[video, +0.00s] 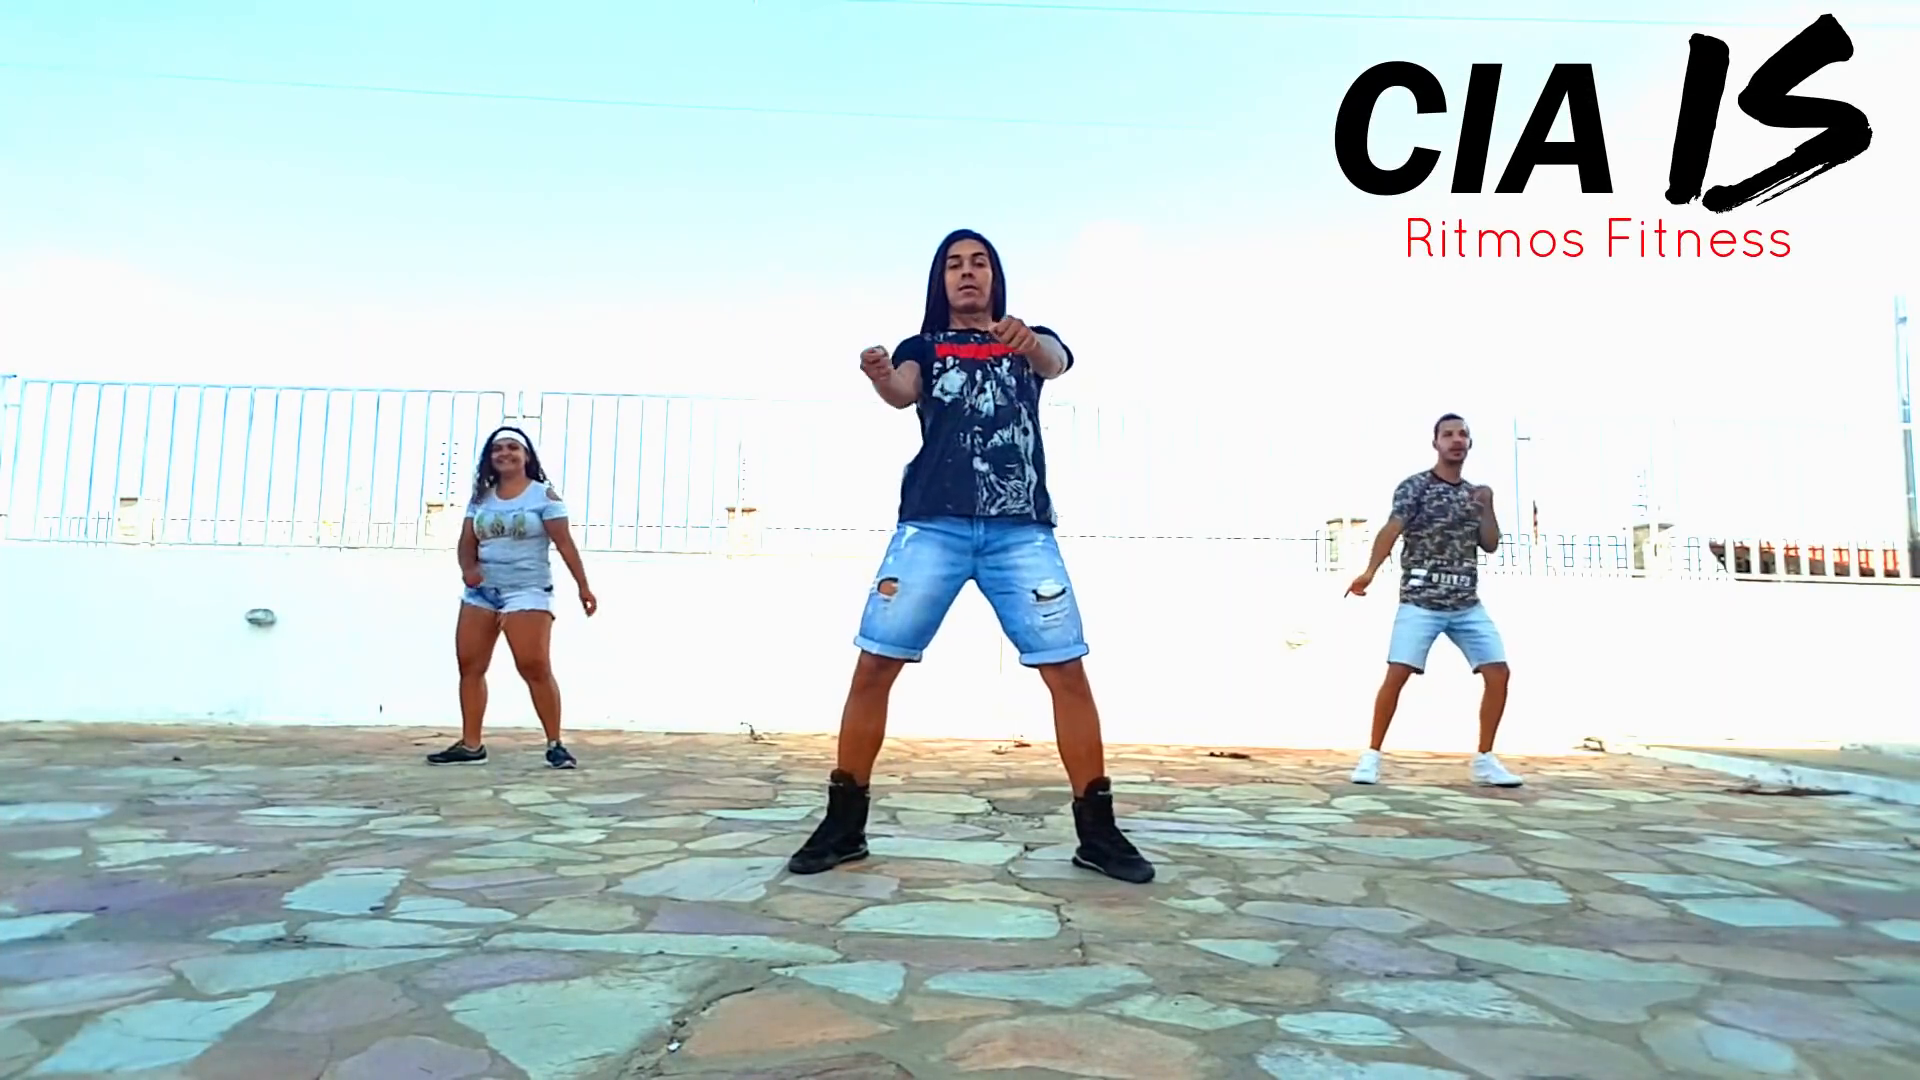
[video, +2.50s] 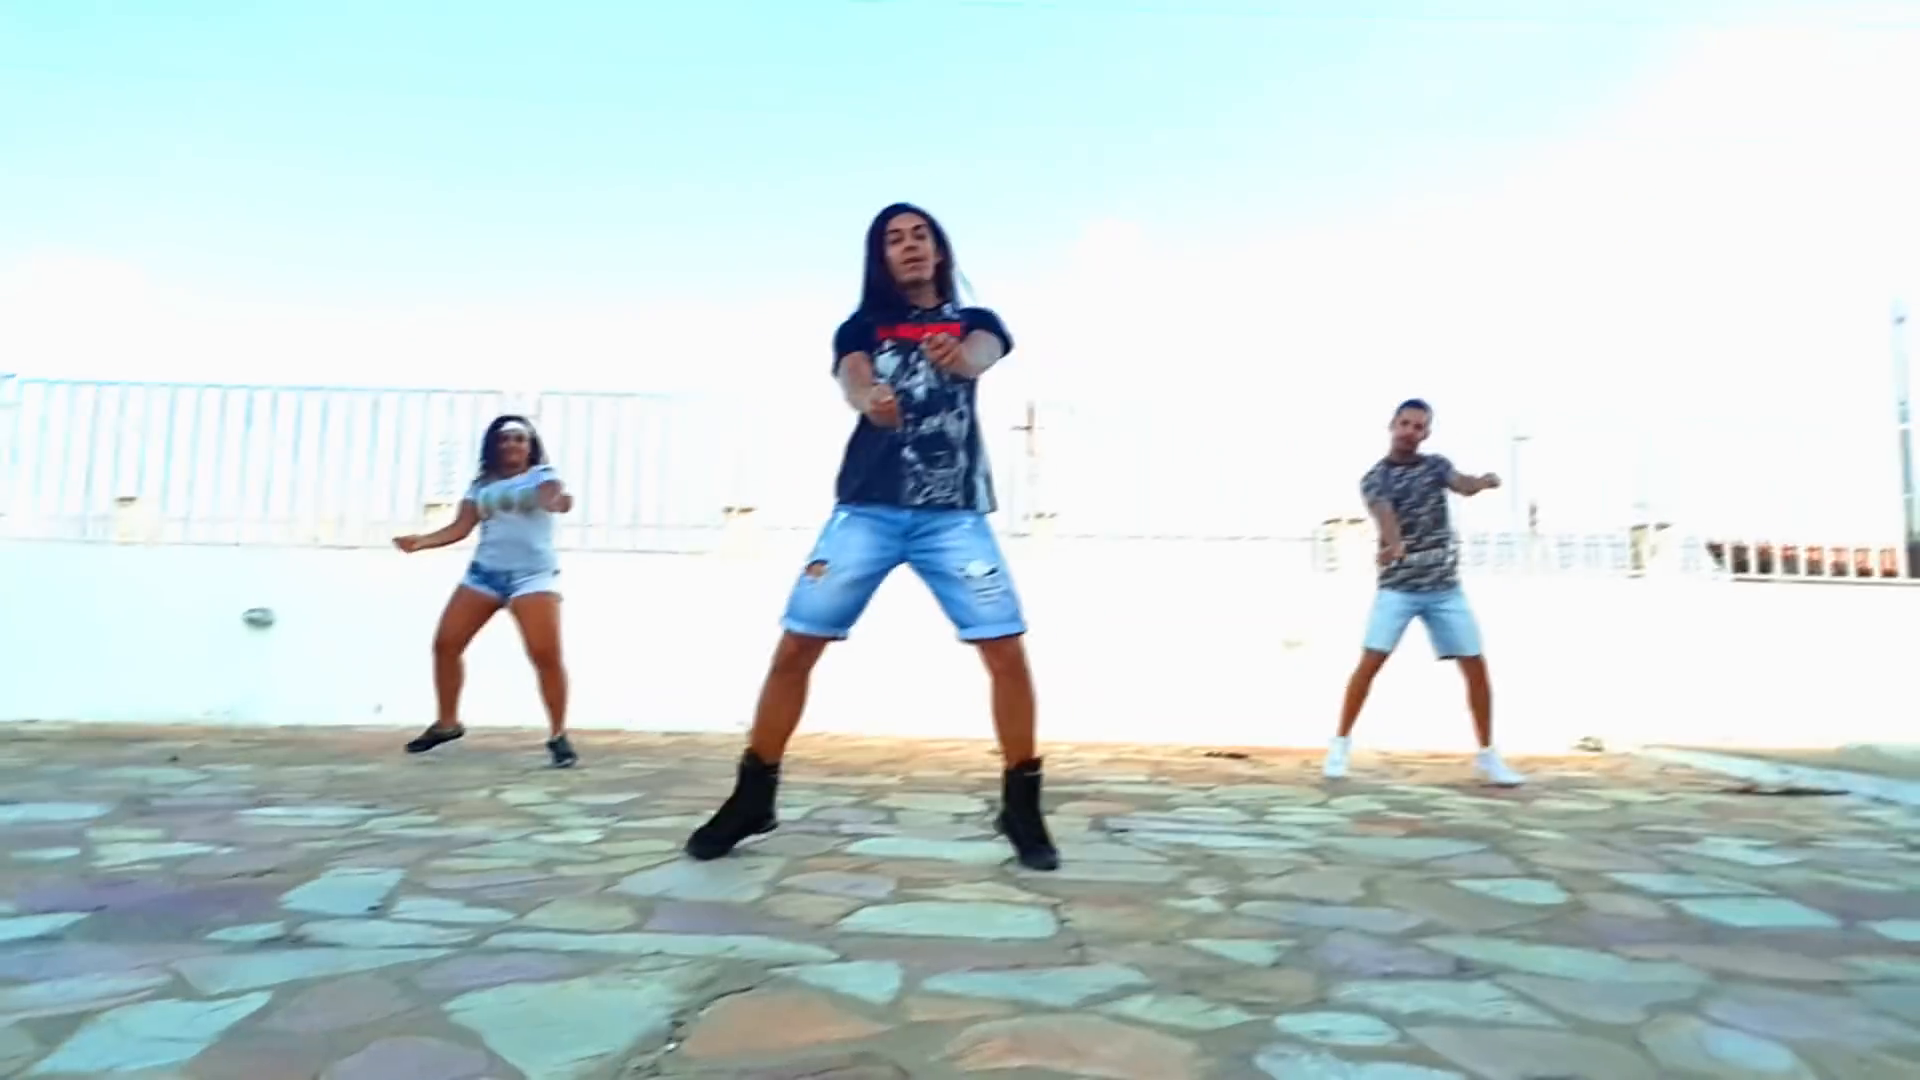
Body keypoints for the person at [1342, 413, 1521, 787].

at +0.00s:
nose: (1457, 440)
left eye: (1462, 435)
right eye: (1449, 434)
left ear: (1470, 444)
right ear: (1435, 443)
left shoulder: (1478, 494)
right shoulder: (1414, 487)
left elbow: (1490, 545)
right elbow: (1390, 532)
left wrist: (1486, 510)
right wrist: (1368, 574)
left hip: (1466, 604)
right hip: (1419, 603)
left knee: (1498, 673)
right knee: (1398, 673)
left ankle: (1484, 759)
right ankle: (1372, 755)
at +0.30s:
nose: (1414, 447)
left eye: (1420, 442)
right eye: (1407, 441)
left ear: (1428, 449)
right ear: (1394, 448)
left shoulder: (1444, 485)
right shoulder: (1383, 504)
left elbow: (1463, 498)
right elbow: (1379, 552)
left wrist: (1476, 492)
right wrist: (1419, 536)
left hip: (1441, 604)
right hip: (1392, 604)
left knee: (1475, 680)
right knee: (1368, 670)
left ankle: (1482, 759)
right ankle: (1367, 755)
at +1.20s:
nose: (1415, 441)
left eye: (1423, 434)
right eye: (1410, 435)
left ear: (1437, 441)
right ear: (1403, 443)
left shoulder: (1460, 484)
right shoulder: (1392, 496)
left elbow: (1486, 521)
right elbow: (1380, 544)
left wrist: (1497, 553)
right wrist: (1427, 541)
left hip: (1448, 601)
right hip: (1397, 599)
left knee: (1475, 678)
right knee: (1375, 670)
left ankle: (1484, 759)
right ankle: (1368, 755)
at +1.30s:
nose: (1409, 441)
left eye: (1417, 435)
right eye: (1404, 436)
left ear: (1434, 440)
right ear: (1400, 444)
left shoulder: (1458, 488)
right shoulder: (1392, 497)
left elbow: (1477, 534)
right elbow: (1375, 548)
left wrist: (1490, 573)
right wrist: (1399, 559)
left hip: (1445, 603)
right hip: (1394, 602)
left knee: (1473, 678)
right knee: (1372, 670)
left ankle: (1484, 759)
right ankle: (1368, 755)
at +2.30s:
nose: (1425, 430)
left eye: (1433, 424)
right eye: (1419, 424)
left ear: (1446, 432)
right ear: (1411, 432)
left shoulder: (1465, 481)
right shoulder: (1397, 483)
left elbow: (1485, 529)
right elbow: (1376, 530)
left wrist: (1519, 545)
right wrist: (1364, 575)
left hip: (1458, 599)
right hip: (1410, 597)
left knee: (1483, 672)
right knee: (1387, 669)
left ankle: (1486, 758)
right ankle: (1368, 752)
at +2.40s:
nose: (1412, 417)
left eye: (1420, 411)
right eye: (1407, 409)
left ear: (1431, 417)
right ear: (1395, 413)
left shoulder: (1444, 456)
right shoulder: (1380, 464)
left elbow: (1476, 491)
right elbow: (1371, 510)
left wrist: (1507, 497)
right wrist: (1363, 547)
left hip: (1442, 575)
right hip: (1395, 574)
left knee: (1468, 655)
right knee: (1374, 650)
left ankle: (1482, 745)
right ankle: (1350, 735)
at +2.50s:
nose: (1411, 432)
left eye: (1419, 428)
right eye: (1406, 424)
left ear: (1427, 434)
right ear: (1392, 425)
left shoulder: (1435, 466)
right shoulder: (1375, 479)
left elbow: (1461, 484)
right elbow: (1384, 516)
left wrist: (1483, 483)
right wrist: (1393, 543)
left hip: (1444, 588)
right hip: (1397, 589)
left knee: (1474, 663)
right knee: (1370, 662)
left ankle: (1487, 752)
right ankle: (1340, 742)